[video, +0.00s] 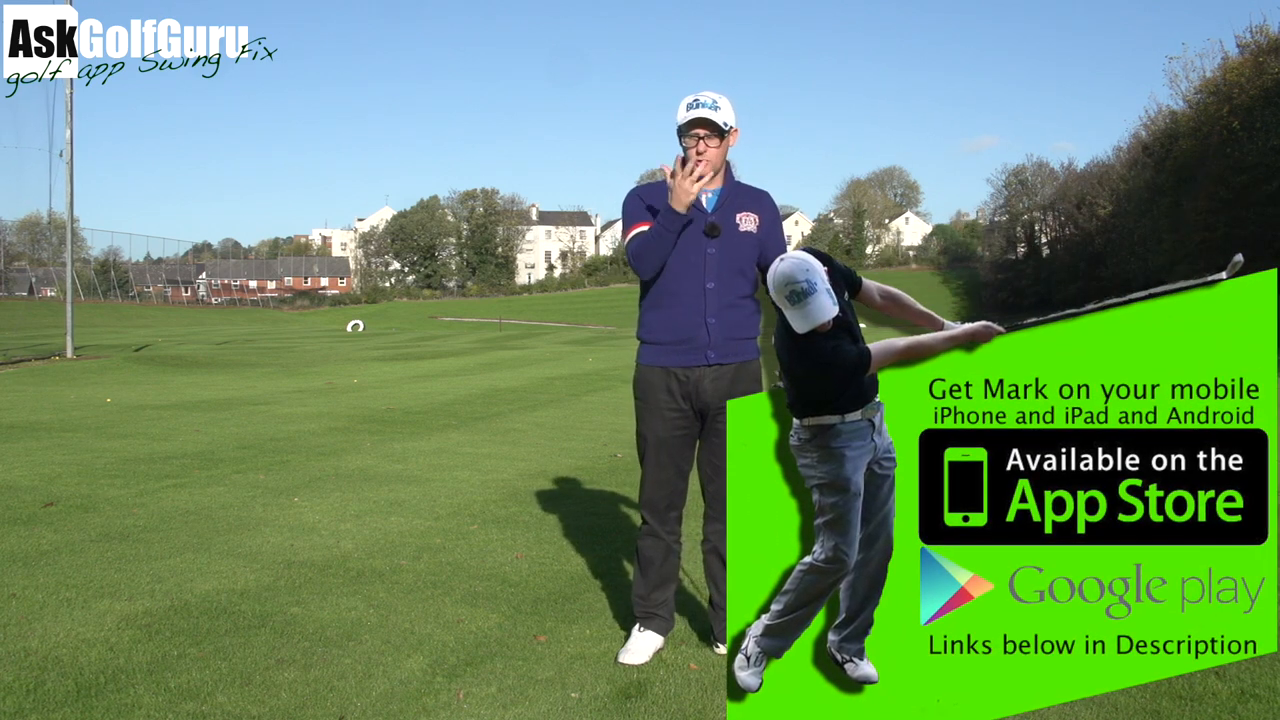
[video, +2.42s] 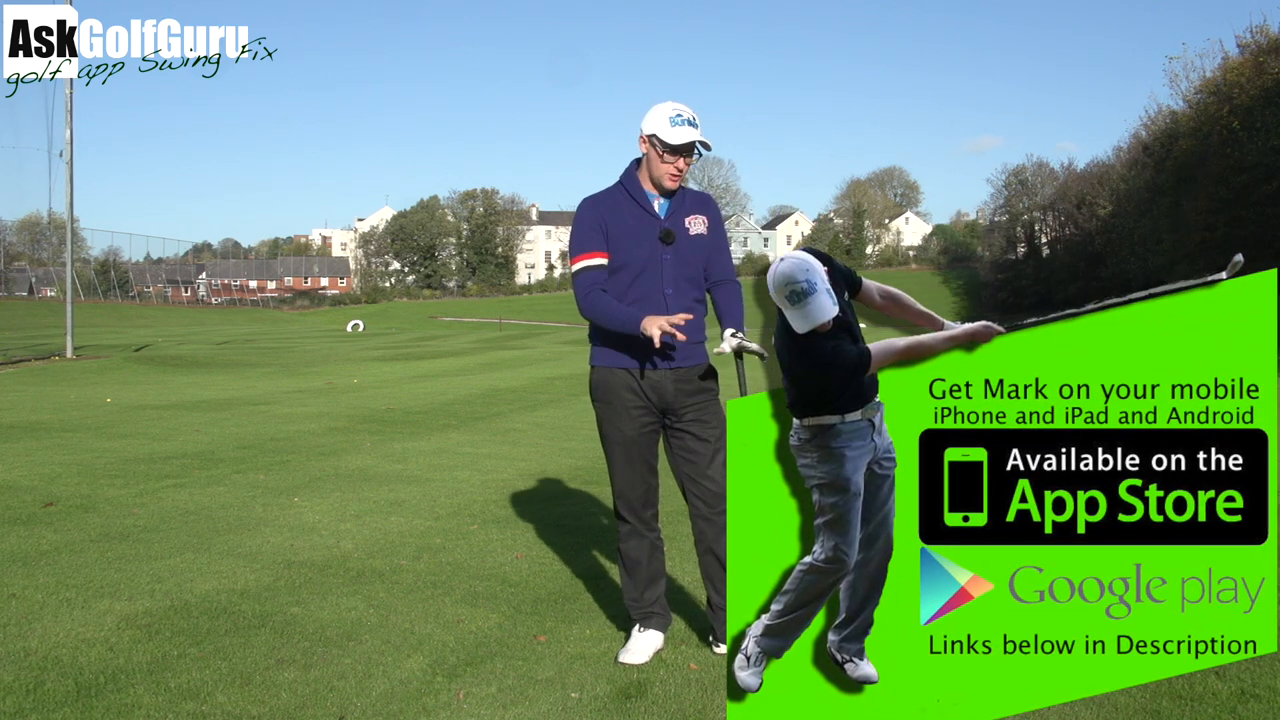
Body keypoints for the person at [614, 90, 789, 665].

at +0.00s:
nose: (699, 145)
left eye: (709, 136)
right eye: (690, 136)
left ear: (731, 140)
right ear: (679, 140)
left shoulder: (757, 203)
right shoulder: (648, 197)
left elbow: (782, 286)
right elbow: (642, 264)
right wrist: (676, 209)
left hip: (735, 373)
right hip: (662, 374)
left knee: (731, 510)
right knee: (659, 507)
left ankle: (733, 626)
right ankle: (652, 620)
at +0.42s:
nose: (702, 142)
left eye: (712, 133)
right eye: (693, 134)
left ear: (730, 140)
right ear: (680, 142)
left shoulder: (754, 204)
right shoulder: (641, 206)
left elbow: (775, 280)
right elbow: (616, 291)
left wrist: (815, 298)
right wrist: (650, 289)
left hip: (736, 375)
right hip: (663, 377)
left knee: (730, 510)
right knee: (660, 506)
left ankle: (731, 624)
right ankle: (651, 620)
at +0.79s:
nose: (691, 144)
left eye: (702, 135)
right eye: (682, 134)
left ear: (717, 142)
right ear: (668, 138)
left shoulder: (743, 200)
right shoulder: (628, 207)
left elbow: (768, 280)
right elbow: (617, 292)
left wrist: (746, 327)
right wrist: (675, 300)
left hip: (723, 374)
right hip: (650, 375)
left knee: (723, 507)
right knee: (651, 508)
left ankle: (729, 622)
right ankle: (651, 620)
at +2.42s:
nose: (681, 162)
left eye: (690, 151)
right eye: (671, 151)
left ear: (695, 152)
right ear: (645, 145)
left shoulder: (701, 208)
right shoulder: (596, 211)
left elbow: (723, 279)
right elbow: (590, 295)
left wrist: (732, 326)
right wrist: (640, 322)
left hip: (692, 378)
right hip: (622, 381)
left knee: (714, 504)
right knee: (635, 507)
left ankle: (727, 623)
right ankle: (649, 620)